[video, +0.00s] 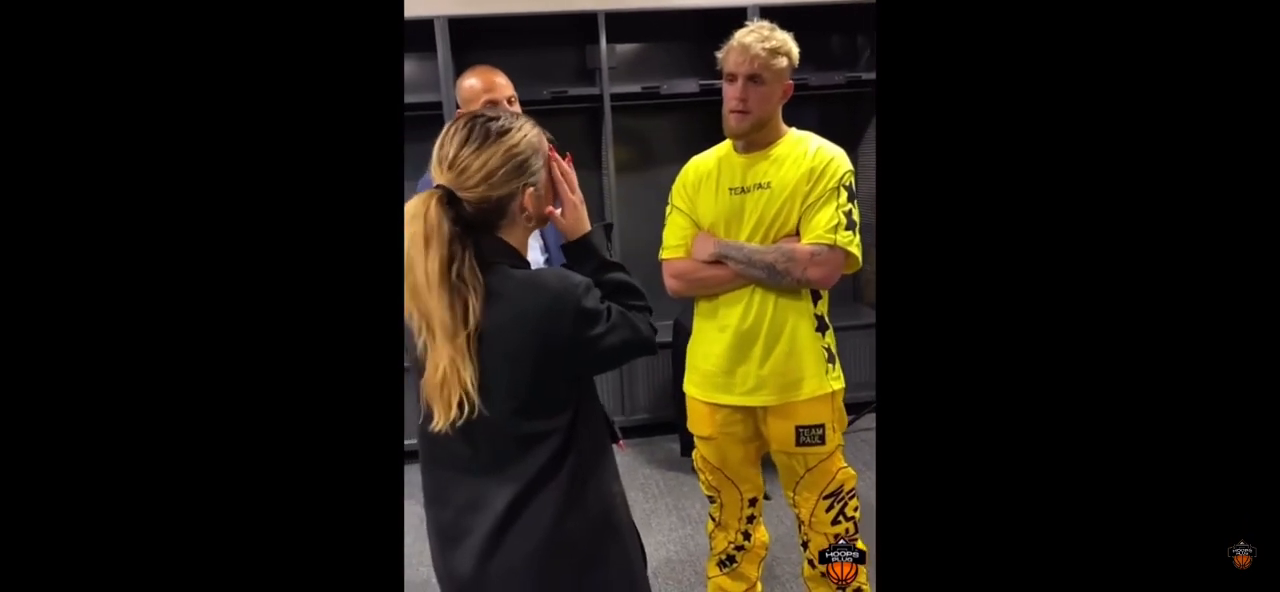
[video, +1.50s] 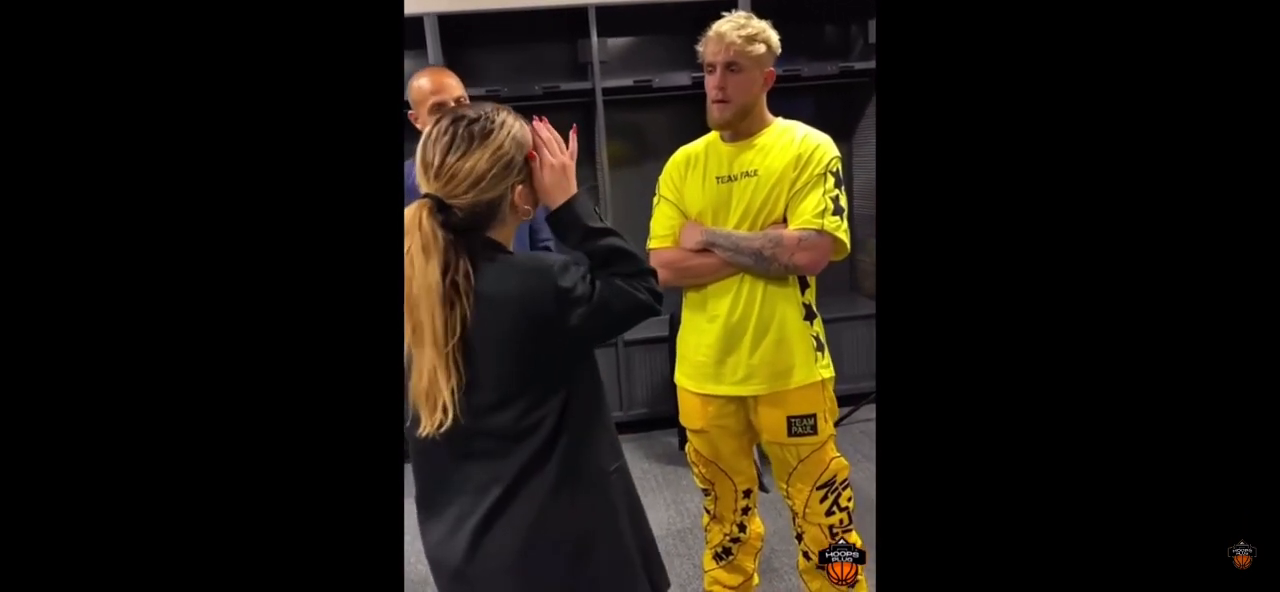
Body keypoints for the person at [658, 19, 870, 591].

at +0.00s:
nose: (736, 96)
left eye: (753, 82)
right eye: (729, 80)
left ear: (785, 89)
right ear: (719, 84)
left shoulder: (823, 162)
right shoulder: (694, 174)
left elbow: (823, 270)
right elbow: (676, 278)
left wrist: (716, 247)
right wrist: (779, 260)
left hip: (801, 377)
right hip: (713, 380)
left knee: (830, 534)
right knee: (729, 538)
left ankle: (841, 586)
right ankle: (732, 587)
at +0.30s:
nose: (732, 94)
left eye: (750, 79)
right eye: (725, 78)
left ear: (781, 88)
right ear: (715, 83)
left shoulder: (819, 161)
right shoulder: (688, 171)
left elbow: (823, 268)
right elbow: (672, 276)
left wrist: (715, 246)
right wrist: (777, 259)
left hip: (797, 374)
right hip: (710, 378)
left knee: (831, 529)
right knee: (730, 534)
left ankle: (843, 585)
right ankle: (734, 587)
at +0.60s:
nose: (726, 91)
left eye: (743, 77)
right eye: (719, 76)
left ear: (774, 86)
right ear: (709, 83)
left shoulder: (813, 158)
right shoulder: (683, 170)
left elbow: (817, 265)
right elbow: (667, 274)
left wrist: (709, 243)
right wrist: (772, 256)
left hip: (793, 372)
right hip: (706, 376)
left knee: (827, 520)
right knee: (727, 525)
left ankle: (842, 584)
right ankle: (732, 585)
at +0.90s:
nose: (720, 87)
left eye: (737, 73)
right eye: (713, 73)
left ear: (769, 83)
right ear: (704, 81)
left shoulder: (809, 155)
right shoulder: (681, 169)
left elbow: (813, 261)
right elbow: (665, 272)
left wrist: (705, 241)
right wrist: (765, 254)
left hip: (790, 370)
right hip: (704, 374)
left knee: (824, 520)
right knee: (726, 525)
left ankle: (839, 584)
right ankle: (731, 585)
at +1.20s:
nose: (718, 84)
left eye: (735, 70)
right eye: (711, 70)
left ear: (768, 79)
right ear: (703, 78)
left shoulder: (809, 150)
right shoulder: (683, 165)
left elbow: (811, 257)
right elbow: (666, 270)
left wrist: (703, 239)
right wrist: (765, 250)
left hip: (789, 367)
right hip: (703, 371)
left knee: (821, 514)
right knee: (724, 517)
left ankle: (838, 583)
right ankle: (730, 584)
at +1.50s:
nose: (716, 83)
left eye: (733, 69)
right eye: (709, 70)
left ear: (767, 77)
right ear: (702, 77)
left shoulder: (810, 149)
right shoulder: (682, 164)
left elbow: (813, 253)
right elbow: (665, 267)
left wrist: (704, 236)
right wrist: (765, 248)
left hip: (790, 368)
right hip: (703, 371)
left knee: (823, 519)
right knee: (724, 522)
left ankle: (838, 584)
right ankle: (728, 585)